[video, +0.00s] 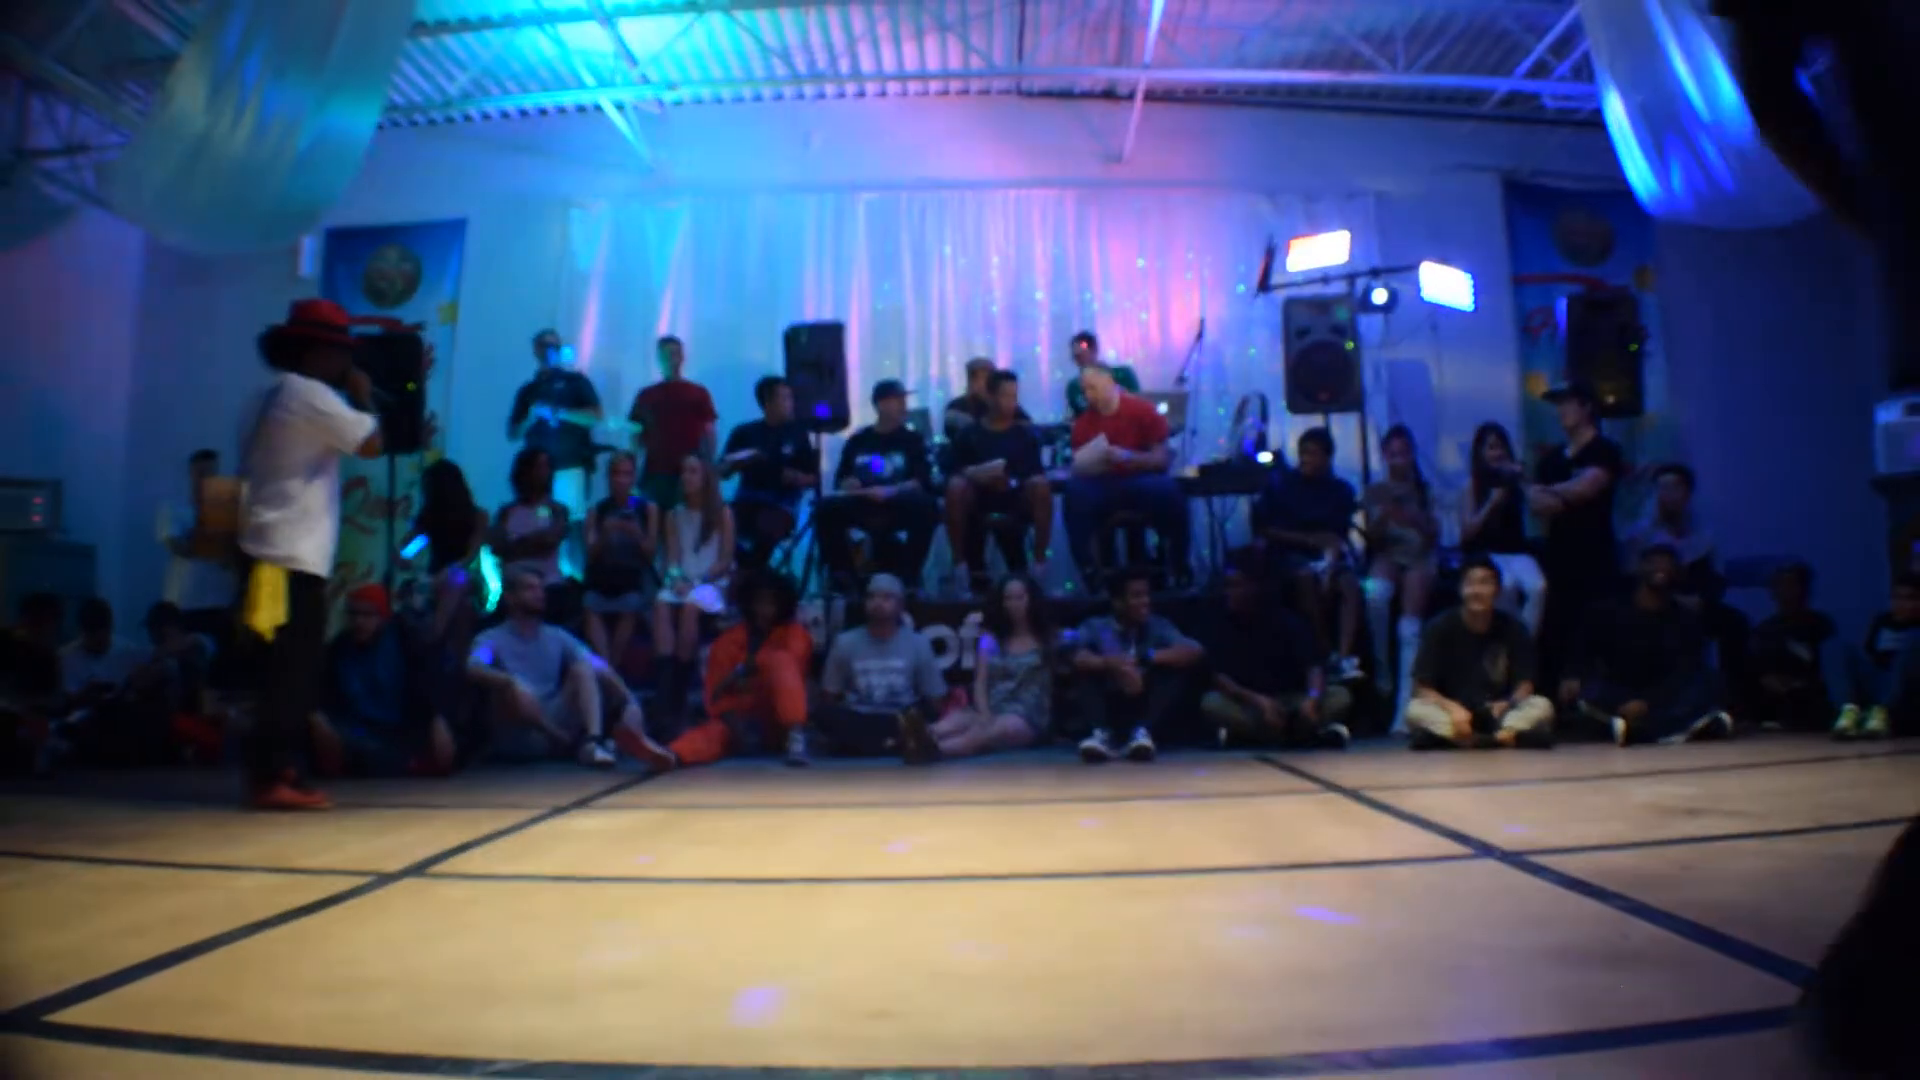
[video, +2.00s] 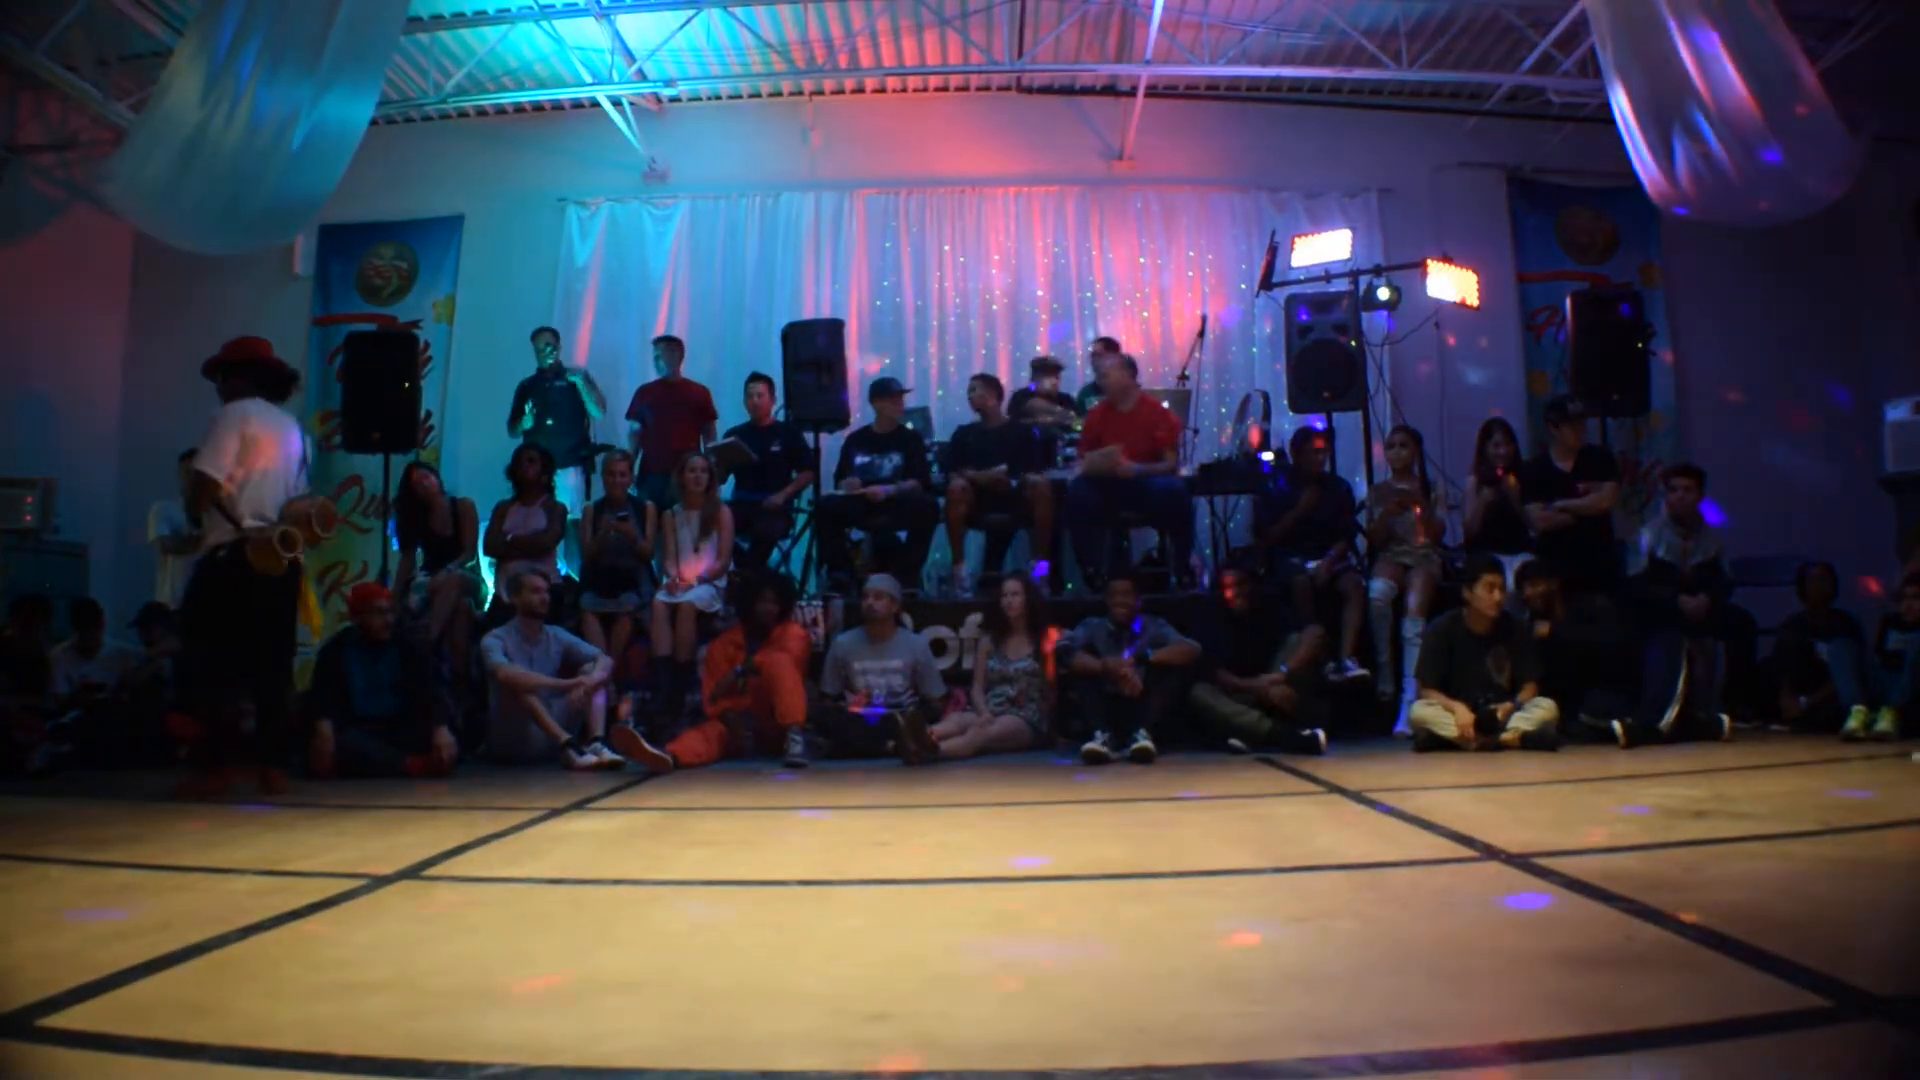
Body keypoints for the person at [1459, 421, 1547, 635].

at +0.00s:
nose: (1497, 453)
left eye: (1500, 447)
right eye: (1490, 448)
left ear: (1508, 449)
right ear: (1479, 452)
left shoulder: (1517, 479)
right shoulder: (1474, 485)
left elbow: (1538, 504)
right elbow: (1468, 529)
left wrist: (1520, 476)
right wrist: (1492, 503)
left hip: (1517, 550)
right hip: (1488, 550)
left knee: (1537, 586)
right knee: (1505, 586)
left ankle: (1527, 644)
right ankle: (1501, 641)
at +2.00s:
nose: (1502, 452)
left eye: (1507, 445)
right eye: (1496, 446)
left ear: (1514, 447)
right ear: (1484, 449)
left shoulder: (1523, 478)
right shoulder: (1475, 482)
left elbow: (1534, 522)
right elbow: (1470, 530)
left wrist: (1515, 498)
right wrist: (1482, 502)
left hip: (1520, 549)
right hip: (1488, 550)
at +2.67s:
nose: (1513, 447)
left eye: (1514, 441)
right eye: (1508, 441)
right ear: (1490, 445)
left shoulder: (1518, 478)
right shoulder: (1473, 482)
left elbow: (1528, 519)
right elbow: (1469, 528)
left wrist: (1514, 498)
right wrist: (1486, 505)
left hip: (1518, 551)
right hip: (1486, 553)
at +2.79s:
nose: (1514, 447)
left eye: (1514, 441)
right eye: (1508, 441)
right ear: (1491, 446)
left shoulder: (1515, 479)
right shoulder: (1473, 483)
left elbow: (1525, 519)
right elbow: (1469, 530)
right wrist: (1486, 506)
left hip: (1519, 550)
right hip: (1488, 551)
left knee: (1535, 583)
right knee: (1513, 584)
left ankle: (1527, 642)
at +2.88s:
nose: (1514, 447)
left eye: (1515, 441)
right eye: (1509, 441)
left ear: (1514, 445)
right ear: (1492, 445)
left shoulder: (1518, 477)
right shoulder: (1474, 481)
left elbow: (1528, 519)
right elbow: (1468, 528)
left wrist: (1514, 500)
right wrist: (1486, 506)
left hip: (1519, 549)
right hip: (1488, 549)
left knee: (1534, 581)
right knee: (1512, 583)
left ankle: (1529, 642)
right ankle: (1500, 640)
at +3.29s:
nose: (1511, 448)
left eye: (1512, 442)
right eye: (1505, 442)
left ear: (1515, 445)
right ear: (1489, 447)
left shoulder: (1518, 479)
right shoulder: (1474, 483)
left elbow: (1533, 521)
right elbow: (1469, 530)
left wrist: (1516, 499)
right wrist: (1487, 507)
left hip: (1520, 551)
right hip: (1489, 551)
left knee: (1536, 581)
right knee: (1513, 584)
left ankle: (1530, 644)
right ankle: (1502, 643)